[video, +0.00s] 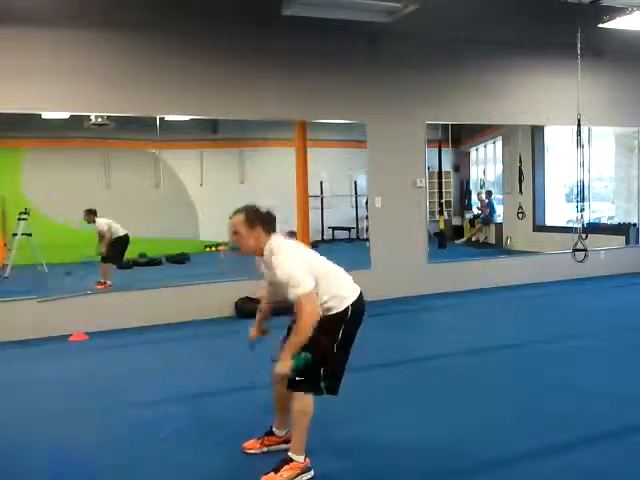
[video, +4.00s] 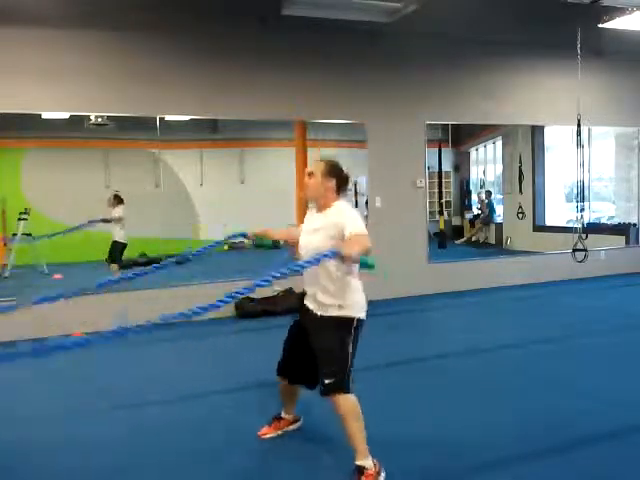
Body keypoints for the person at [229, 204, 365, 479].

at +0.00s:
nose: (234, 239)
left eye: (237, 232)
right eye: (233, 233)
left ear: (257, 231)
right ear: (256, 232)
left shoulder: (284, 258)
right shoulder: (269, 254)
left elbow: (310, 312)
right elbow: (272, 292)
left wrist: (287, 357)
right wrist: (261, 322)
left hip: (342, 307)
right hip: (315, 304)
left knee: (301, 380)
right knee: (283, 368)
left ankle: (298, 460)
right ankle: (281, 433)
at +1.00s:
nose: (305, 167)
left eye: (312, 161)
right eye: (305, 161)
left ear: (332, 167)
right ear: (317, 168)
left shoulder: (342, 202)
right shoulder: (314, 202)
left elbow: (347, 258)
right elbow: (306, 250)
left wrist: (314, 288)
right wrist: (282, 274)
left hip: (336, 302)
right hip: (309, 300)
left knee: (335, 377)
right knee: (295, 370)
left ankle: (361, 447)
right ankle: (281, 432)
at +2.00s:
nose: (338, 161)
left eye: (343, 155)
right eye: (338, 156)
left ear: (364, 159)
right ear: (351, 160)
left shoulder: (373, 193)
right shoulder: (348, 193)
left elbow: (370, 247)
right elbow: (339, 241)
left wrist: (336, 278)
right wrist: (313, 267)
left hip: (364, 295)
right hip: (342, 292)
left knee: (357, 369)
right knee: (343, 366)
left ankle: (361, 443)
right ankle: (349, 426)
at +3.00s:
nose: (335, 173)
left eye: (341, 168)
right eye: (336, 168)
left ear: (361, 174)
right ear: (353, 175)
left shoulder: (376, 202)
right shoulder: (342, 208)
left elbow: (396, 220)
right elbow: (324, 228)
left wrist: (385, 218)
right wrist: (303, 232)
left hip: (379, 302)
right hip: (348, 298)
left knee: (377, 379)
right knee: (322, 358)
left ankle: (406, 457)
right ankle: (325, 413)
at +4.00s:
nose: (305, 180)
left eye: (311, 176)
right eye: (306, 175)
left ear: (331, 184)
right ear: (320, 185)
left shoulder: (345, 214)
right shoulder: (313, 215)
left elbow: (362, 242)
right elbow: (302, 236)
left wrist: (349, 249)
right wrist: (270, 235)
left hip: (342, 312)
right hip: (313, 306)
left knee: (336, 386)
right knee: (287, 372)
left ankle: (366, 464)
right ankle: (288, 417)